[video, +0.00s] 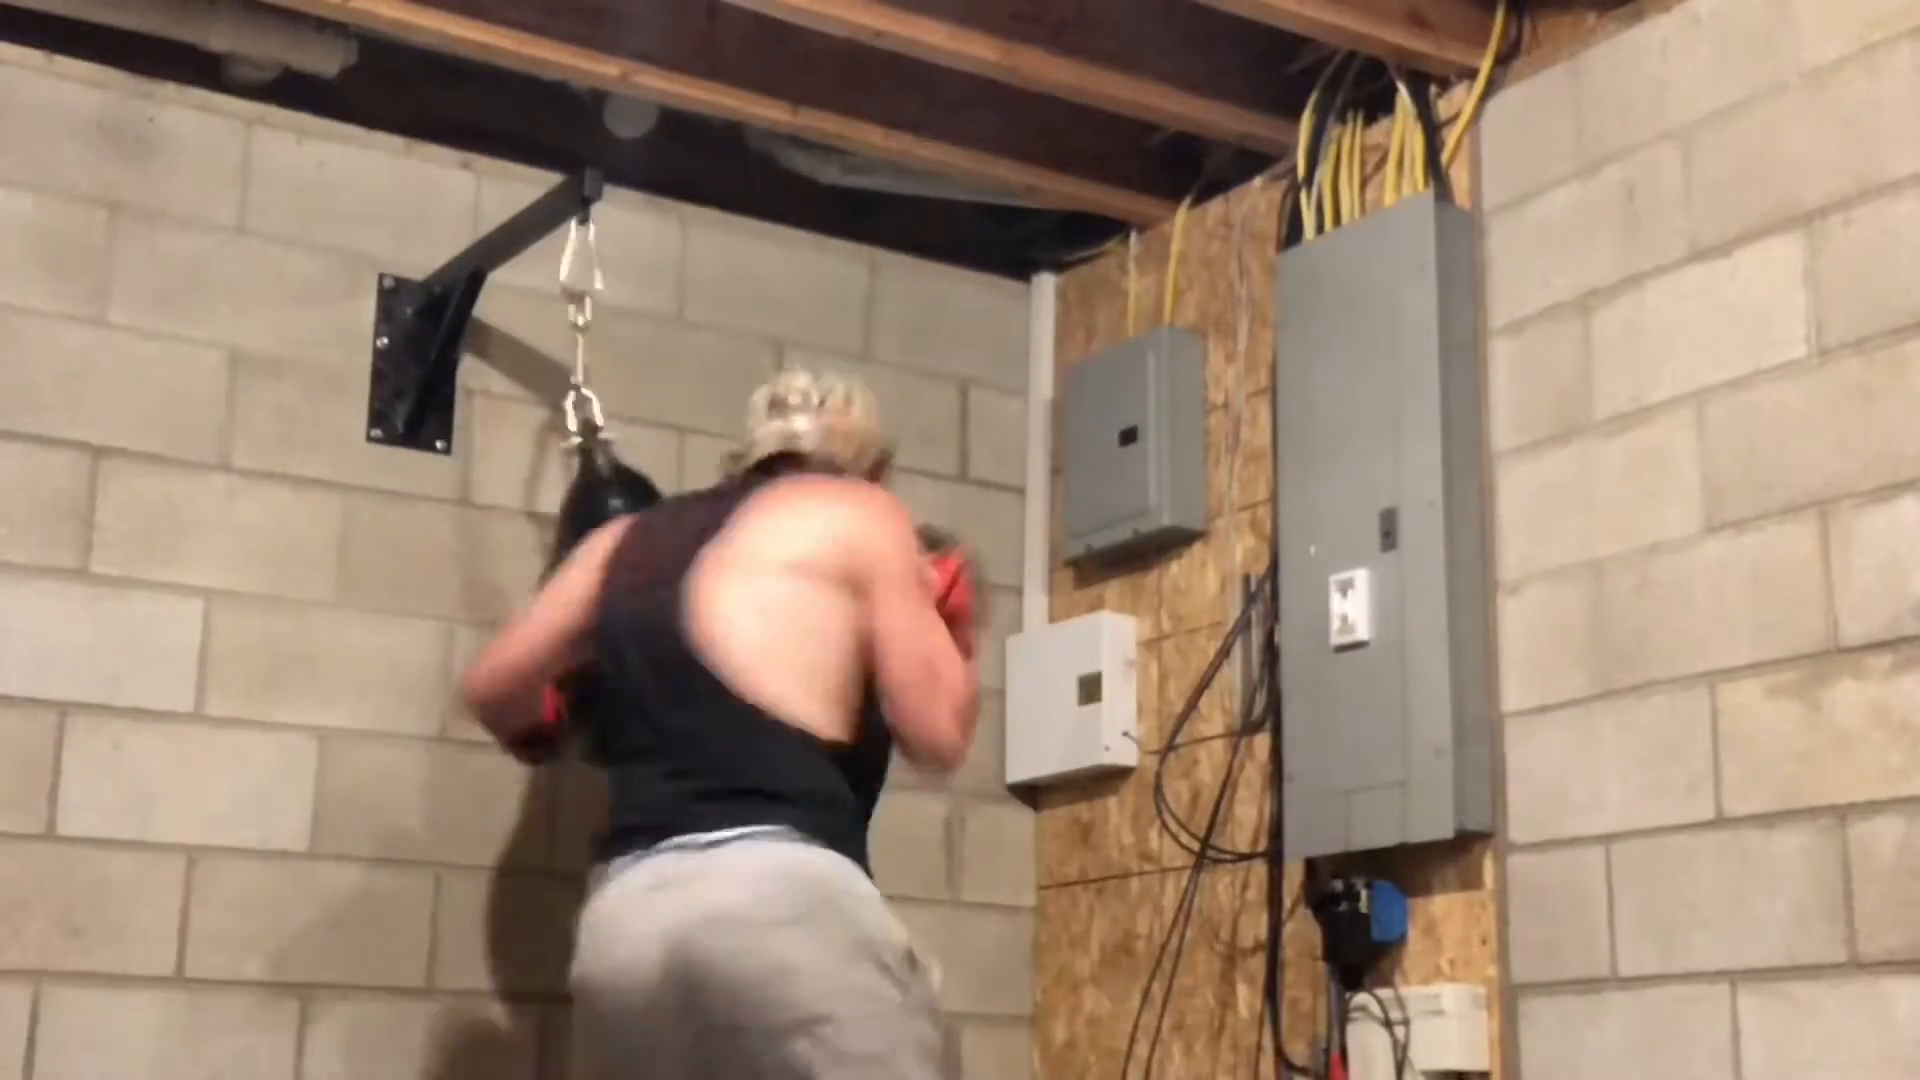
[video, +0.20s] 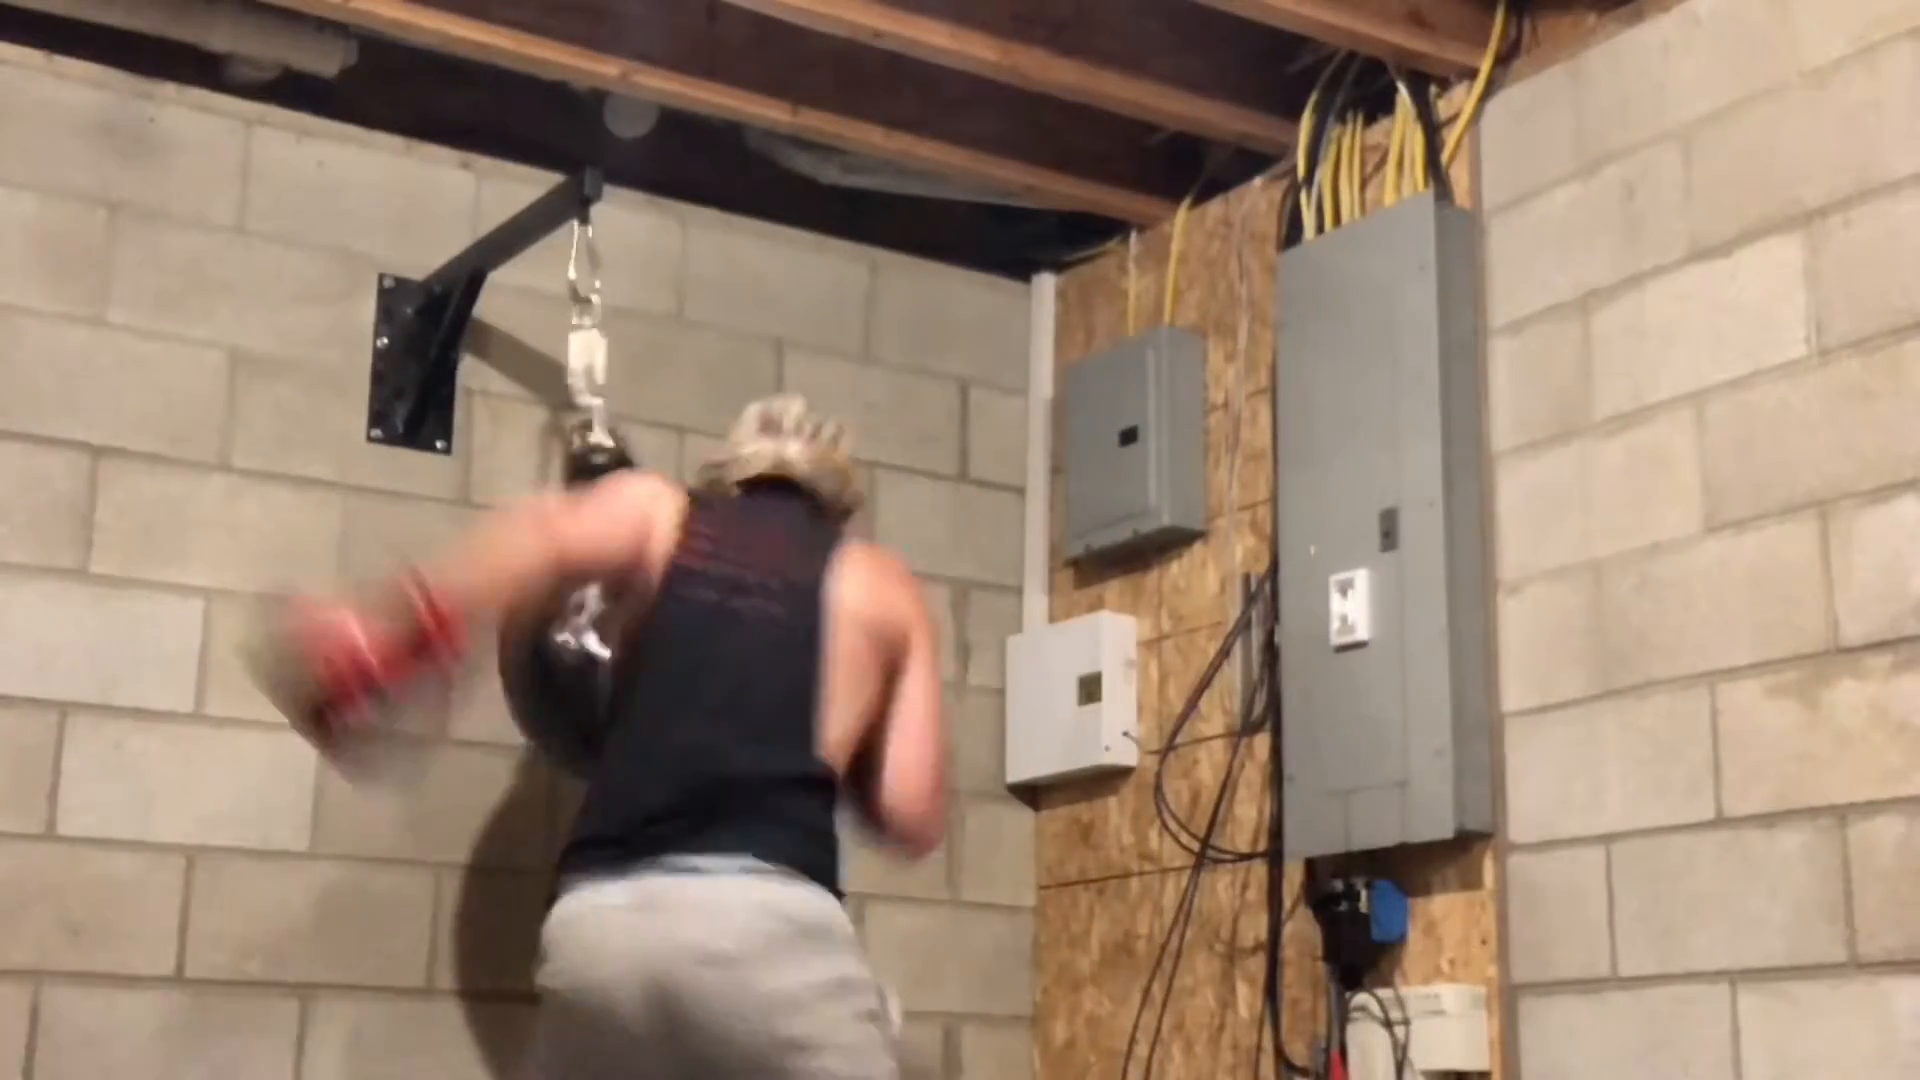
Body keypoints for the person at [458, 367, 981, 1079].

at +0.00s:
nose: (886, 496)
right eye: (884, 485)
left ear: (752, 457)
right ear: (869, 469)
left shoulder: (626, 536)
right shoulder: (862, 512)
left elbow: (493, 682)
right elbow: (939, 737)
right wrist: (956, 628)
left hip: (622, 912)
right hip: (784, 900)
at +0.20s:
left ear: (726, 468)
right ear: (846, 498)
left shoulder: (656, 507)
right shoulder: (886, 585)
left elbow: (532, 534)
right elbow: (915, 818)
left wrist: (391, 632)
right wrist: (834, 721)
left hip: (596, 931)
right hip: (768, 931)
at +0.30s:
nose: (907, 505)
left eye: (907, 491)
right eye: (905, 487)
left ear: (791, 436)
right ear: (893, 463)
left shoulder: (669, 494)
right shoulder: (862, 508)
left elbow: (480, 539)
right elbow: (910, 739)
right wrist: (958, 665)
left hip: (580, 894)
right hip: (712, 905)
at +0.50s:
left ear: (701, 457)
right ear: (825, 484)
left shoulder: (602, 520)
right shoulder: (852, 560)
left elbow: (489, 661)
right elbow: (874, 810)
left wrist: (600, 722)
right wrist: (819, 672)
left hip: (546, 924)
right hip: (728, 928)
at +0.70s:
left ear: (711, 438)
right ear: (839, 448)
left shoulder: (616, 512)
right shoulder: (907, 553)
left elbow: (494, 697)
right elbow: (928, 816)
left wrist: (629, 746)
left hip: (633, 953)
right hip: (827, 958)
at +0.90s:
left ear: (780, 374)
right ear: (914, 378)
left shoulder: (716, 446)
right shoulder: (1012, 485)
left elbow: (626, 643)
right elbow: (1061, 751)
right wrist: (938, 720)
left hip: (771, 914)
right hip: (973, 902)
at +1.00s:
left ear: (811, 331)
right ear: (943, 336)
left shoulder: (754, 397)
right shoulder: (1052, 453)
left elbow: (665, 599)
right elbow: (1092, 714)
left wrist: (723, 655)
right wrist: (944, 695)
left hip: (803, 865)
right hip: (1003, 872)